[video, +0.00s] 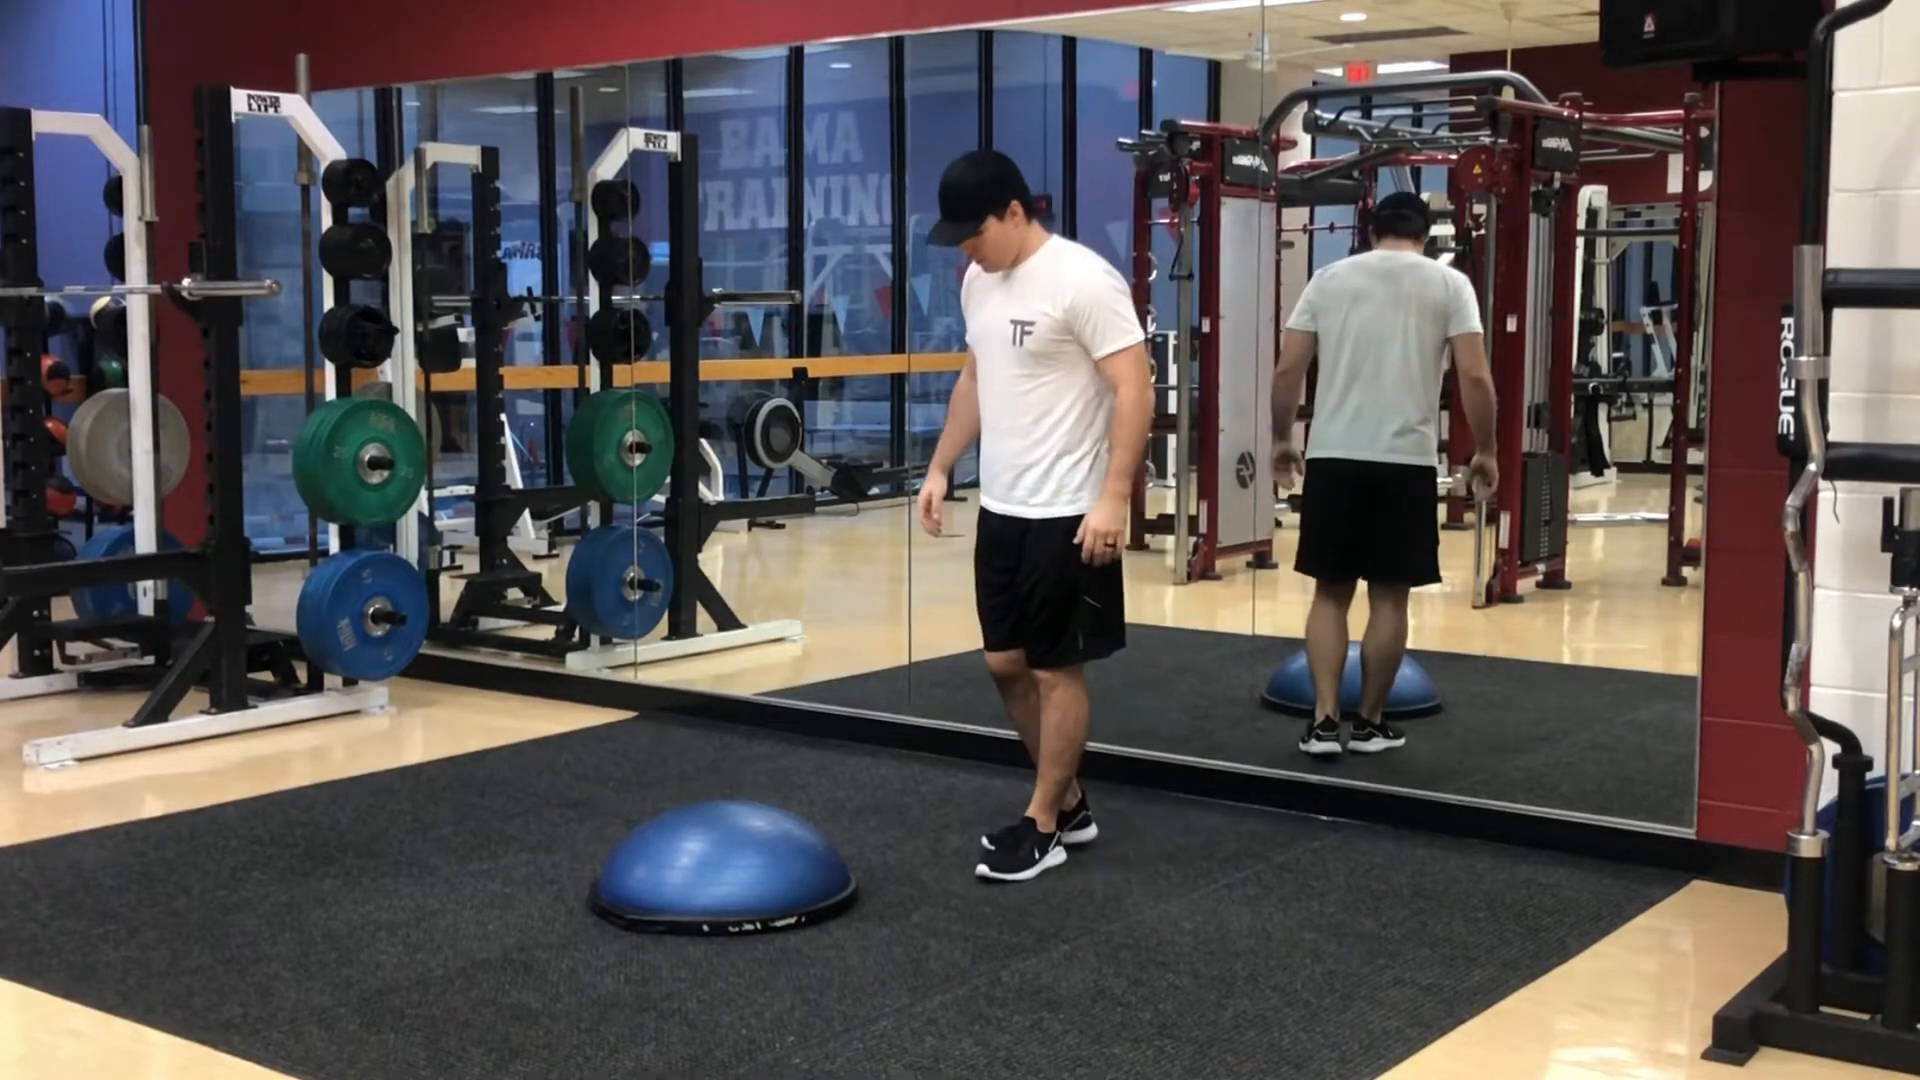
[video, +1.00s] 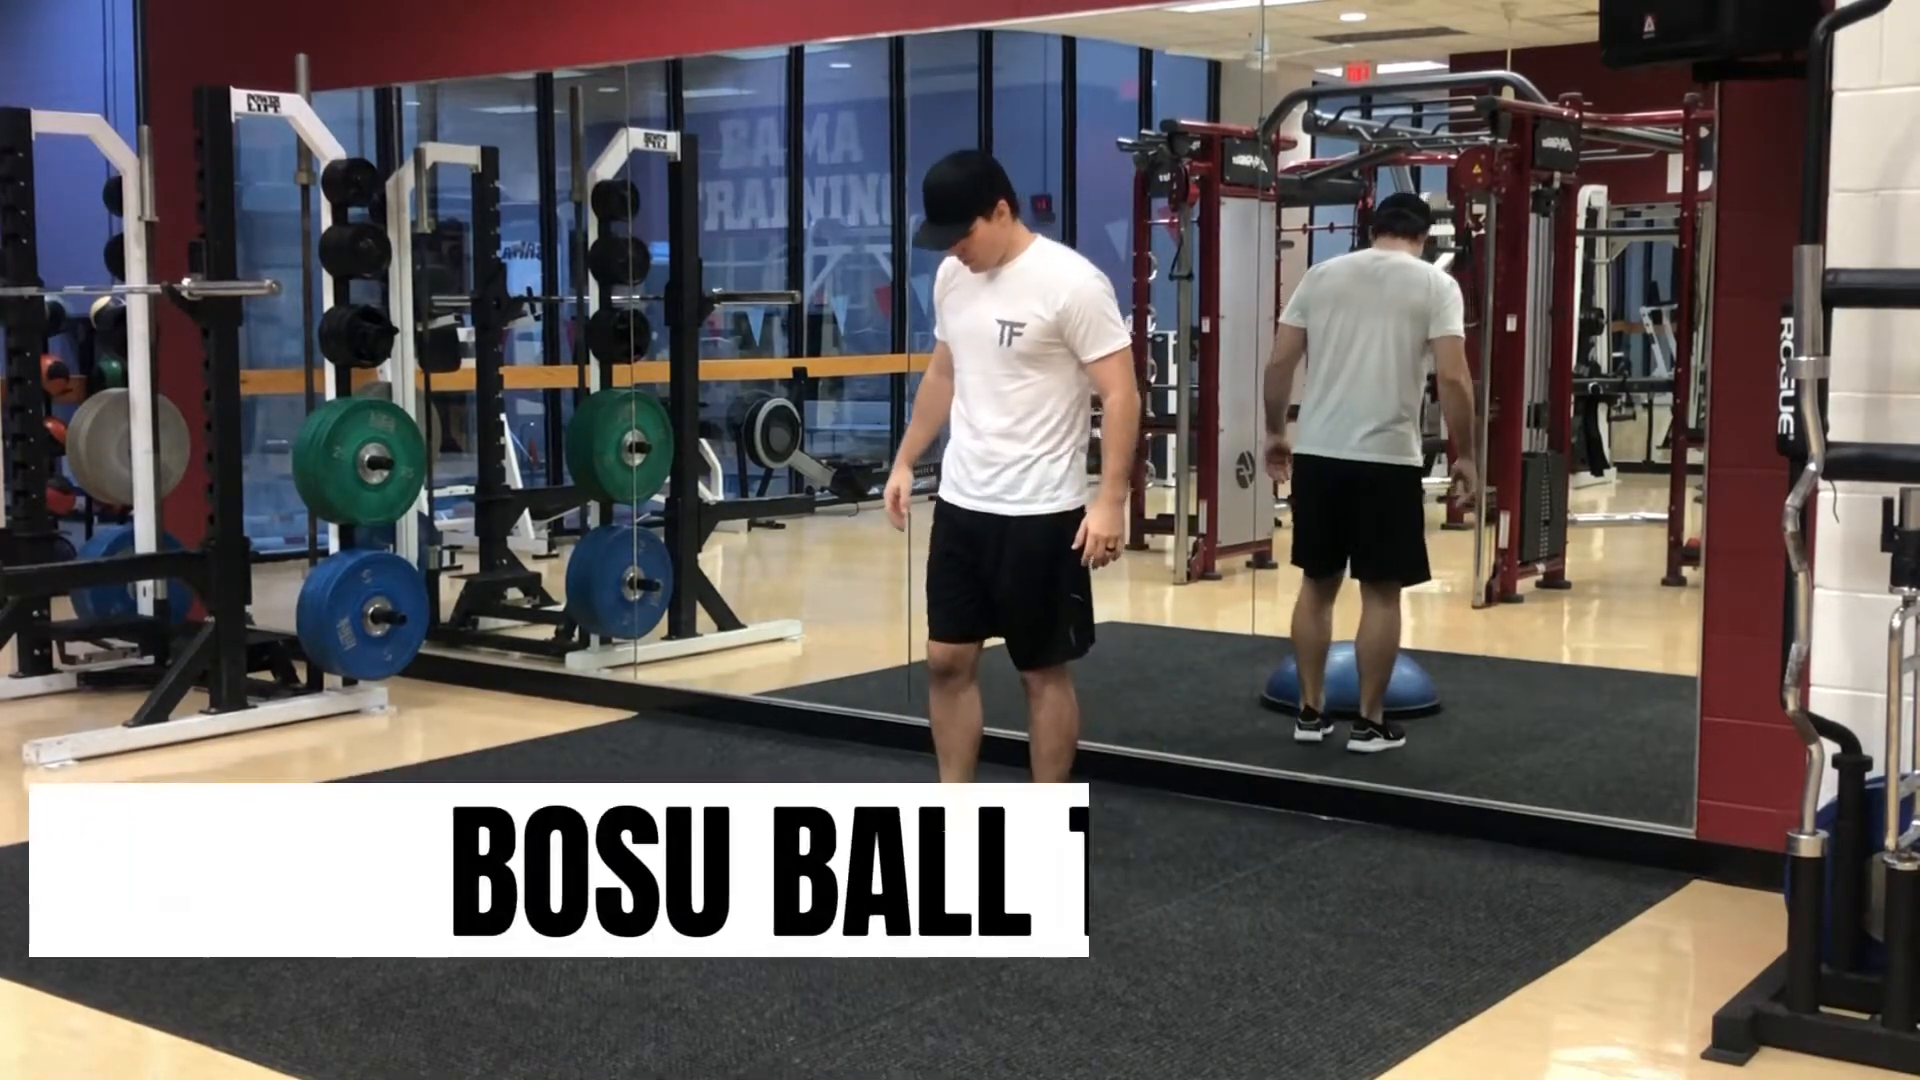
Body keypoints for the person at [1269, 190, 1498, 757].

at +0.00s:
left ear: (1371, 233)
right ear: (1424, 237)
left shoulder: (1329, 278)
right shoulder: (1449, 283)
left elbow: (1287, 370)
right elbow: (1475, 379)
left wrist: (1282, 438)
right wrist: (1485, 450)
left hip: (1333, 463)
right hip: (1406, 469)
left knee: (1331, 591)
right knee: (1390, 598)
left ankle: (1324, 720)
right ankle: (1369, 722)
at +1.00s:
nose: (1425, 250)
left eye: (1421, 244)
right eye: (1427, 243)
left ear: (1372, 231)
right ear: (1421, 239)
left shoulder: (1322, 274)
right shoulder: (1434, 283)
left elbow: (1278, 364)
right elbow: (1453, 381)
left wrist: (1274, 432)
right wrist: (1466, 456)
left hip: (1317, 460)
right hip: (1388, 467)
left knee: (1317, 583)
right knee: (1381, 592)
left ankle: (1310, 712)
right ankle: (1369, 722)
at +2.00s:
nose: (1414, 246)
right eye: (1421, 238)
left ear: (1371, 234)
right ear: (1422, 238)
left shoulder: (1328, 278)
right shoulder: (1447, 280)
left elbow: (1289, 367)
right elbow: (1474, 373)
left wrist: (1286, 436)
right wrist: (1482, 443)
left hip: (1329, 452)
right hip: (1402, 460)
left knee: (1339, 550)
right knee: (1388, 589)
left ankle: (1325, 671)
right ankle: (1370, 718)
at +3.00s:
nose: (1415, 243)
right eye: (1418, 236)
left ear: (1366, 234)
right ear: (1417, 236)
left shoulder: (1324, 280)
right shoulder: (1441, 279)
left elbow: (1288, 371)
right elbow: (1466, 370)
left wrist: (1295, 436)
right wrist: (1473, 443)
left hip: (1325, 447)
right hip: (1398, 457)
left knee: (1343, 533)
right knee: (1386, 588)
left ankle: (1326, 644)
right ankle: (1370, 716)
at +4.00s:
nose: (1332, 238)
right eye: (1332, 231)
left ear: (1279, 228)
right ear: (1324, 229)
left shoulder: (1239, 272)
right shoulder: (1337, 259)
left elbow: (1194, 347)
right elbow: (1364, 307)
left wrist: (1240, 376)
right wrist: (1376, 351)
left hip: (1250, 432)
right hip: (1318, 429)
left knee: (1235, 553)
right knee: (1369, 524)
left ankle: (1195, 670)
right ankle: (1345, 636)